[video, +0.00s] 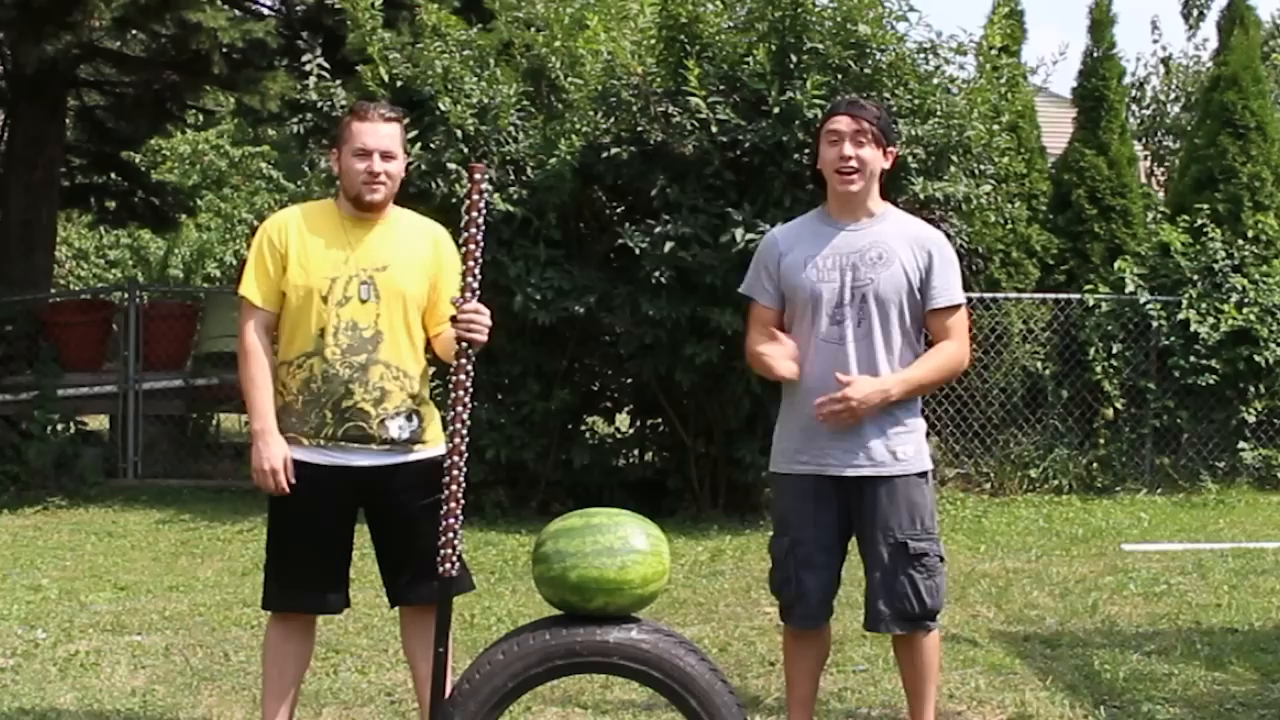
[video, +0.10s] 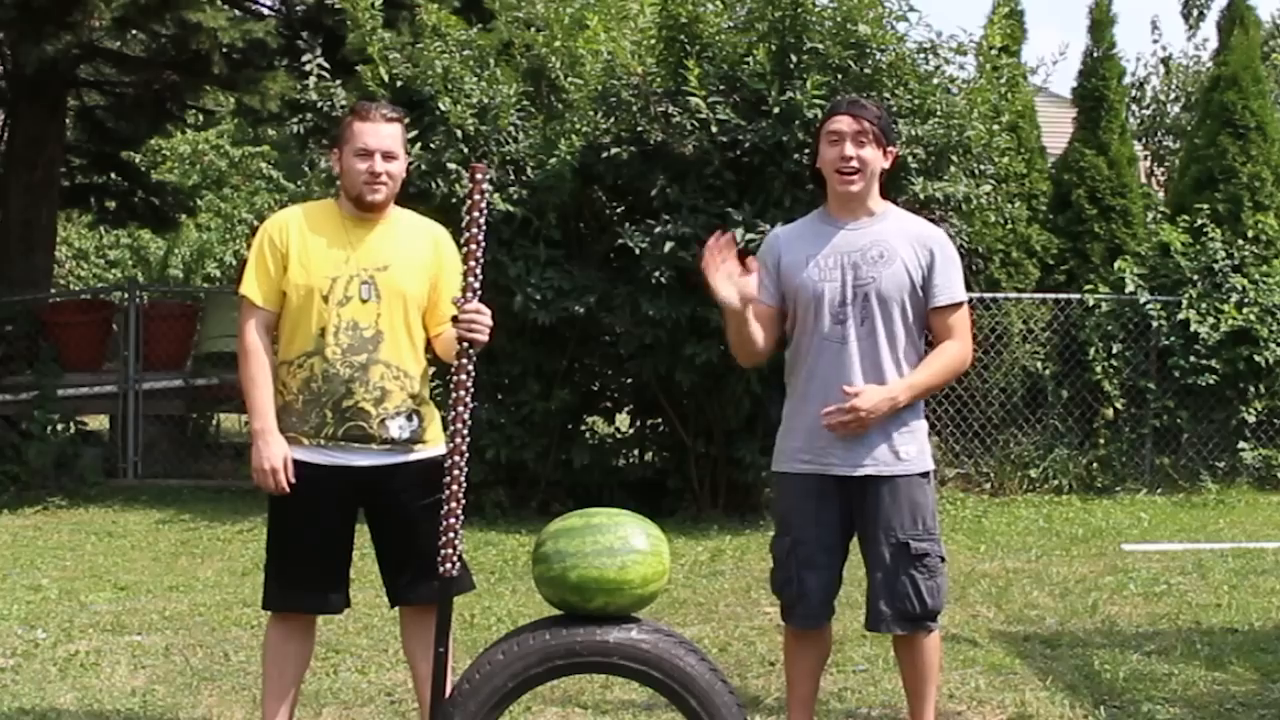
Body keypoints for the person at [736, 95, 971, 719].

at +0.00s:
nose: (846, 152)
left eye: (860, 141)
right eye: (834, 140)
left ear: (885, 156)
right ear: (817, 156)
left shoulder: (925, 243)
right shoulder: (782, 243)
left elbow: (955, 348)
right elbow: (761, 337)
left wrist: (886, 388)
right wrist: (780, 358)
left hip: (894, 462)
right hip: (803, 462)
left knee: (915, 611)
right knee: (802, 610)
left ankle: (922, 717)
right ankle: (798, 716)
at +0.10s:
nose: (848, 152)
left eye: (862, 140)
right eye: (835, 141)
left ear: (886, 155)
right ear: (817, 158)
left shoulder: (925, 241)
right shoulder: (783, 244)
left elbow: (957, 346)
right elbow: (754, 350)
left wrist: (892, 396)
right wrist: (735, 306)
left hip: (897, 461)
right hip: (806, 460)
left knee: (915, 611)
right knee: (803, 609)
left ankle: (923, 716)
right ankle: (798, 716)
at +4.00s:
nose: (856, 155)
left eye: (872, 144)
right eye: (845, 142)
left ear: (898, 157)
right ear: (830, 154)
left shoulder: (937, 243)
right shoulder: (793, 244)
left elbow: (970, 350)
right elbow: (760, 344)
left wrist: (895, 373)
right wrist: (818, 371)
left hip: (908, 465)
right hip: (817, 464)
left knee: (924, 609)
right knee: (809, 609)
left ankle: (924, 716)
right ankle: (800, 716)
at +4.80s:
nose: (821, 165)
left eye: (834, 153)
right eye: (820, 152)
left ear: (879, 158)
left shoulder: (938, 245)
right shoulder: (802, 243)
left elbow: (970, 351)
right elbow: (743, 321)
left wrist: (887, 374)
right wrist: (665, 307)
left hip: (908, 468)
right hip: (817, 465)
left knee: (922, 612)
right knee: (812, 610)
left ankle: (925, 717)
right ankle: (800, 716)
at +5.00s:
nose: (813, 163)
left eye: (826, 152)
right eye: (813, 151)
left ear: (872, 158)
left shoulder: (932, 245)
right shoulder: (799, 244)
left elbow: (964, 352)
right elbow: (780, 335)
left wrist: (884, 381)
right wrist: (751, 364)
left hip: (904, 467)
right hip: (814, 464)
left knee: (921, 610)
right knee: (811, 608)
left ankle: (925, 716)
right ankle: (799, 716)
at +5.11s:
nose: (810, 165)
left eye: (823, 153)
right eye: (809, 152)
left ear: (867, 157)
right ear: (834, 158)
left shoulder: (929, 245)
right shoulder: (798, 245)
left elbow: (961, 350)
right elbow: (780, 334)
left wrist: (874, 381)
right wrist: (784, 366)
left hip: (901, 467)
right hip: (813, 466)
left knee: (920, 611)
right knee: (809, 610)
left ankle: (924, 716)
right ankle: (799, 716)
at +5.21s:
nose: (808, 165)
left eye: (821, 153)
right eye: (808, 153)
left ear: (865, 158)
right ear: (838, 158)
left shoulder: (925, 244)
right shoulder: (799, 245)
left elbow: (958, 351)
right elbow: (771, 335)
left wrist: (860, 376)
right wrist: (795, 367)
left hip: (902, 467)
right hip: (813, 465)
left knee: (921, 611)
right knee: (809, 610)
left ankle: (925, 716)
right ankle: (799, 716)